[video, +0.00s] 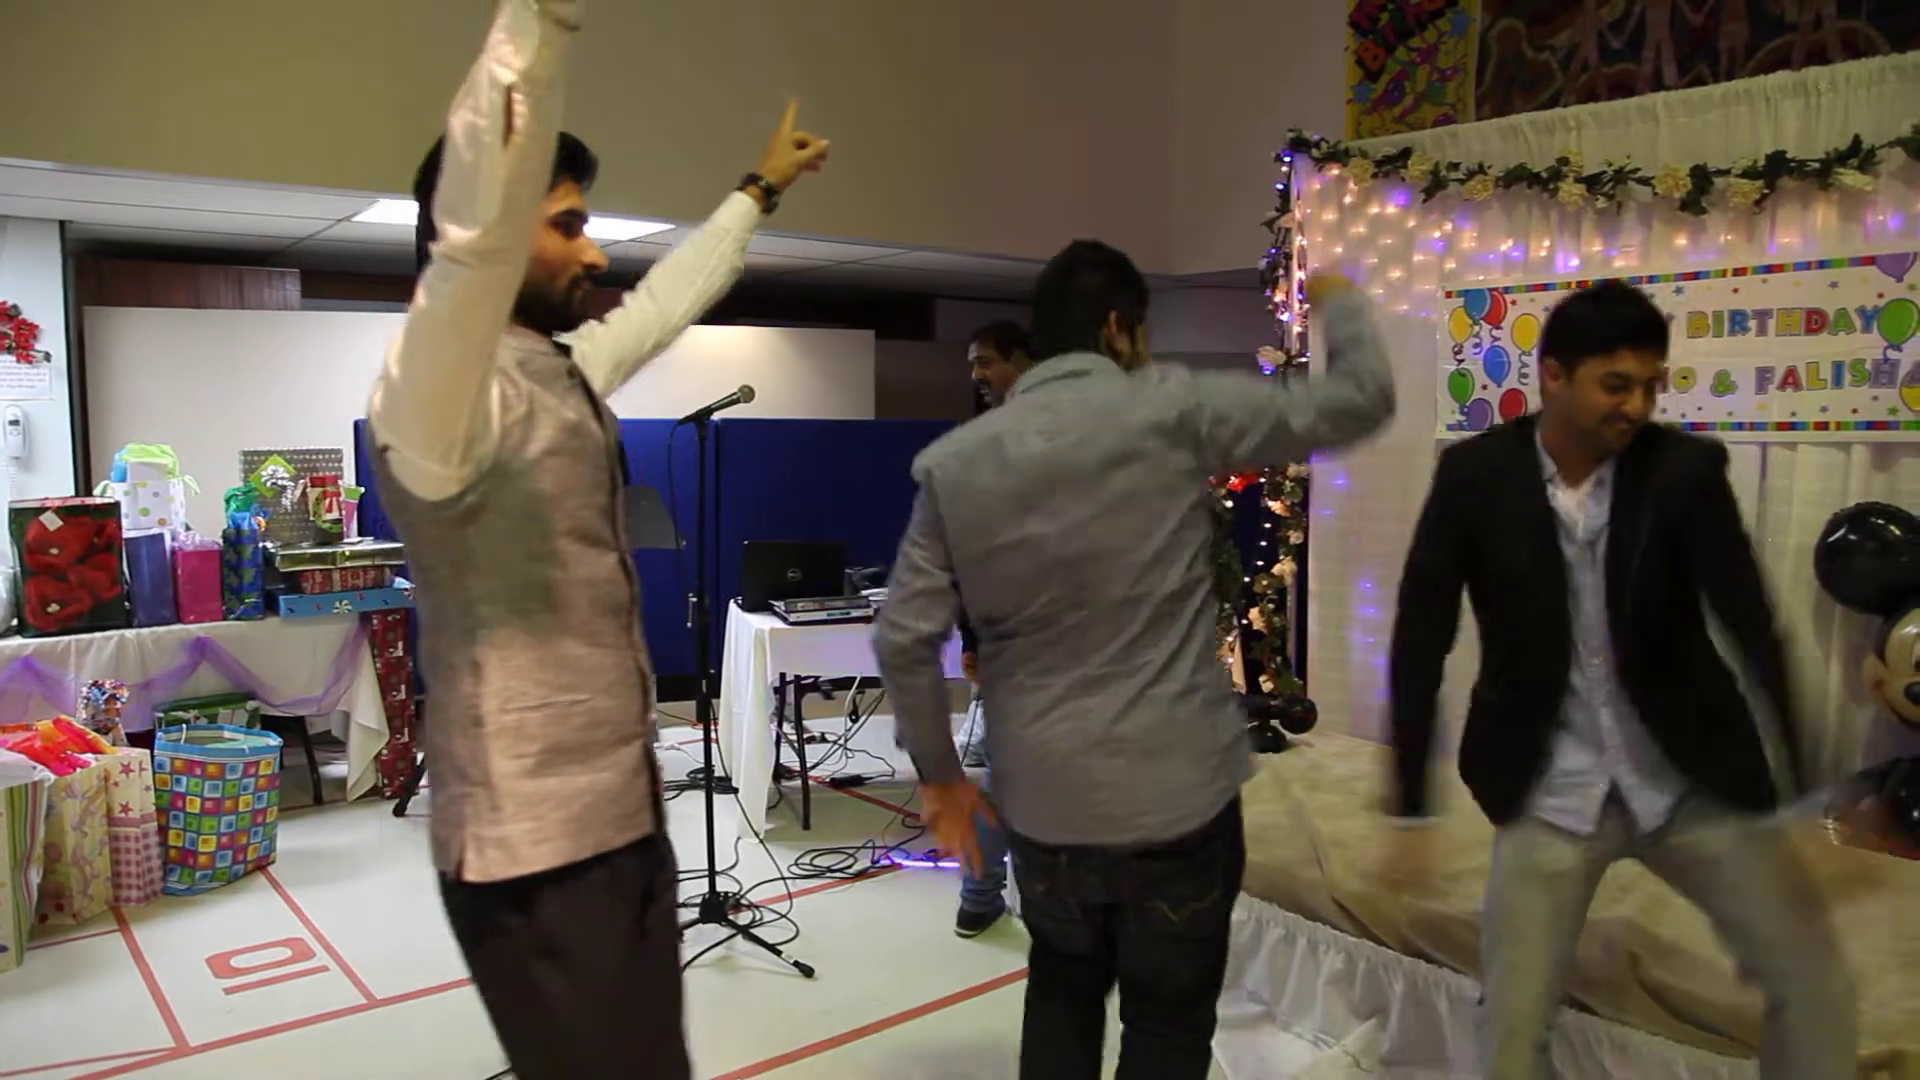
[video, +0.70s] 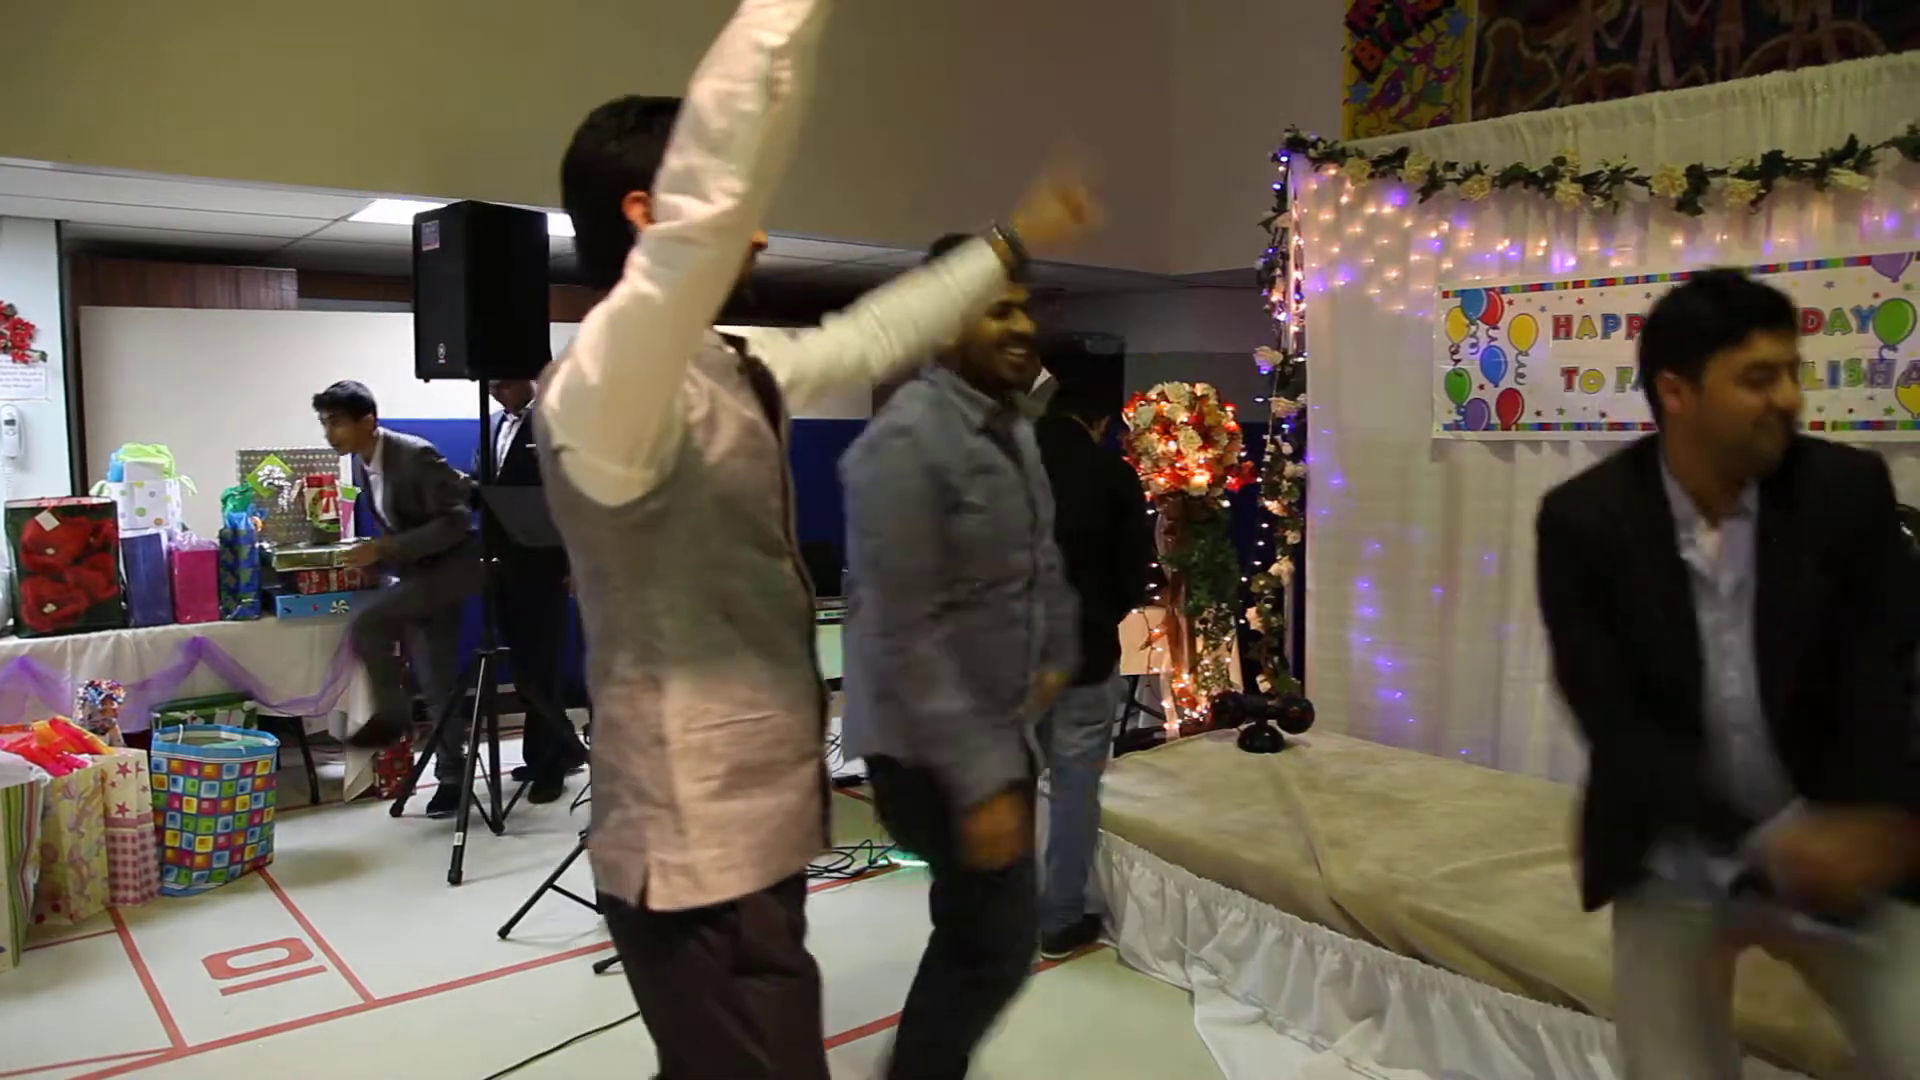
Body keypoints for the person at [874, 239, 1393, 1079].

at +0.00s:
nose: (1148, 342)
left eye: (1146, 327)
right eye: (1144, 326)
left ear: (1032, 335)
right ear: (1116, 326)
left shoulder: (956, 465)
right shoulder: (1172, 407)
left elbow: (904, 636)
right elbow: (1359, 399)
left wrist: (939, 775)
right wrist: (1341, 304)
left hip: (1041, 804)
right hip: (1177, 801)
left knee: (1062, 992)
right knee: (1169, 1026)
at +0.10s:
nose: (1158, 362)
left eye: (1155, 342)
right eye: (1151, 341)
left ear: (1041, 342)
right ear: (1115, 340)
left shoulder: (950, 466)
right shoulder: (1172, 434)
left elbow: (915, 639)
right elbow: (1356, 469)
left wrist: (933, 780)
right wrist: (1299, 397)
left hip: (1026, 806)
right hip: (1154, 812)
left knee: (1042, 964)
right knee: (1162, 1031)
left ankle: (1017, 1076)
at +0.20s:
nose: (1152, 352)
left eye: (1151, 332)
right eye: (1146, 331)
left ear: (1053, 326)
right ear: (1103, 326)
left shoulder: (938, 444)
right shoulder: (1145, 420)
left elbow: (899, 612)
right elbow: (1294, 551)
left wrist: (911, 752)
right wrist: (1279, 493)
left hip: (1008, 789)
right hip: (1131, 792)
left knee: (1010, 953)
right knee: (1141, 1014)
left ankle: (963, 1075)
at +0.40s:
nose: (1116, 357)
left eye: (1116, 339)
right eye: (1101, 339)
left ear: (1031, 342)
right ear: (1042, 341)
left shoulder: (926, 448)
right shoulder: (1061, 448)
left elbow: (892, 599)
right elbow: (1108, 631)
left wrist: (903, 714)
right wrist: (1218, 623)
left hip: (952, 777)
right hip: (1047, 780)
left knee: (983, 940)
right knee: (1102, 987)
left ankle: (923, 1074)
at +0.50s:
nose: (1082, 355)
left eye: (1084, 338)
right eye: (1063, 338)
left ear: (1013, 348)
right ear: (1003, 346)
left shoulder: (969, 425)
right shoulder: (999, 438)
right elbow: (1028, 638)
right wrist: (1154, 703)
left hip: (953, 754)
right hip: (999, 756)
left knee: (979, 942)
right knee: (1085, 967)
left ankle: (926, 1074)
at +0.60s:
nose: (1053, 339)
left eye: (1055, 322)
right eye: (1031, 323)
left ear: (1050, 326)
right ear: (970, 335)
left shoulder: (1003, 430)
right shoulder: (950, 438)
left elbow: (1001, 610)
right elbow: (960, 625)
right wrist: (1075, 756)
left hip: (991, 744)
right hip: (953, 747)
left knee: (969, 935)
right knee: (1056, 930)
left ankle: (923, 1072)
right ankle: (995, 1070)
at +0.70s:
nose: (1020, 327)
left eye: (1024, 309)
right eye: (997, 311)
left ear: (1030, 319)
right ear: (943, 323)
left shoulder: (1009, 431)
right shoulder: (903, 443)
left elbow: (1044, 562)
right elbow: (903, 631)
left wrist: (1056, 654)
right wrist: (977, 776)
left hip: (996, 731)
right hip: (929, 749)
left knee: (987, 942)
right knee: (991, 952)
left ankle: (925, 1062)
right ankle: (916, 1069)